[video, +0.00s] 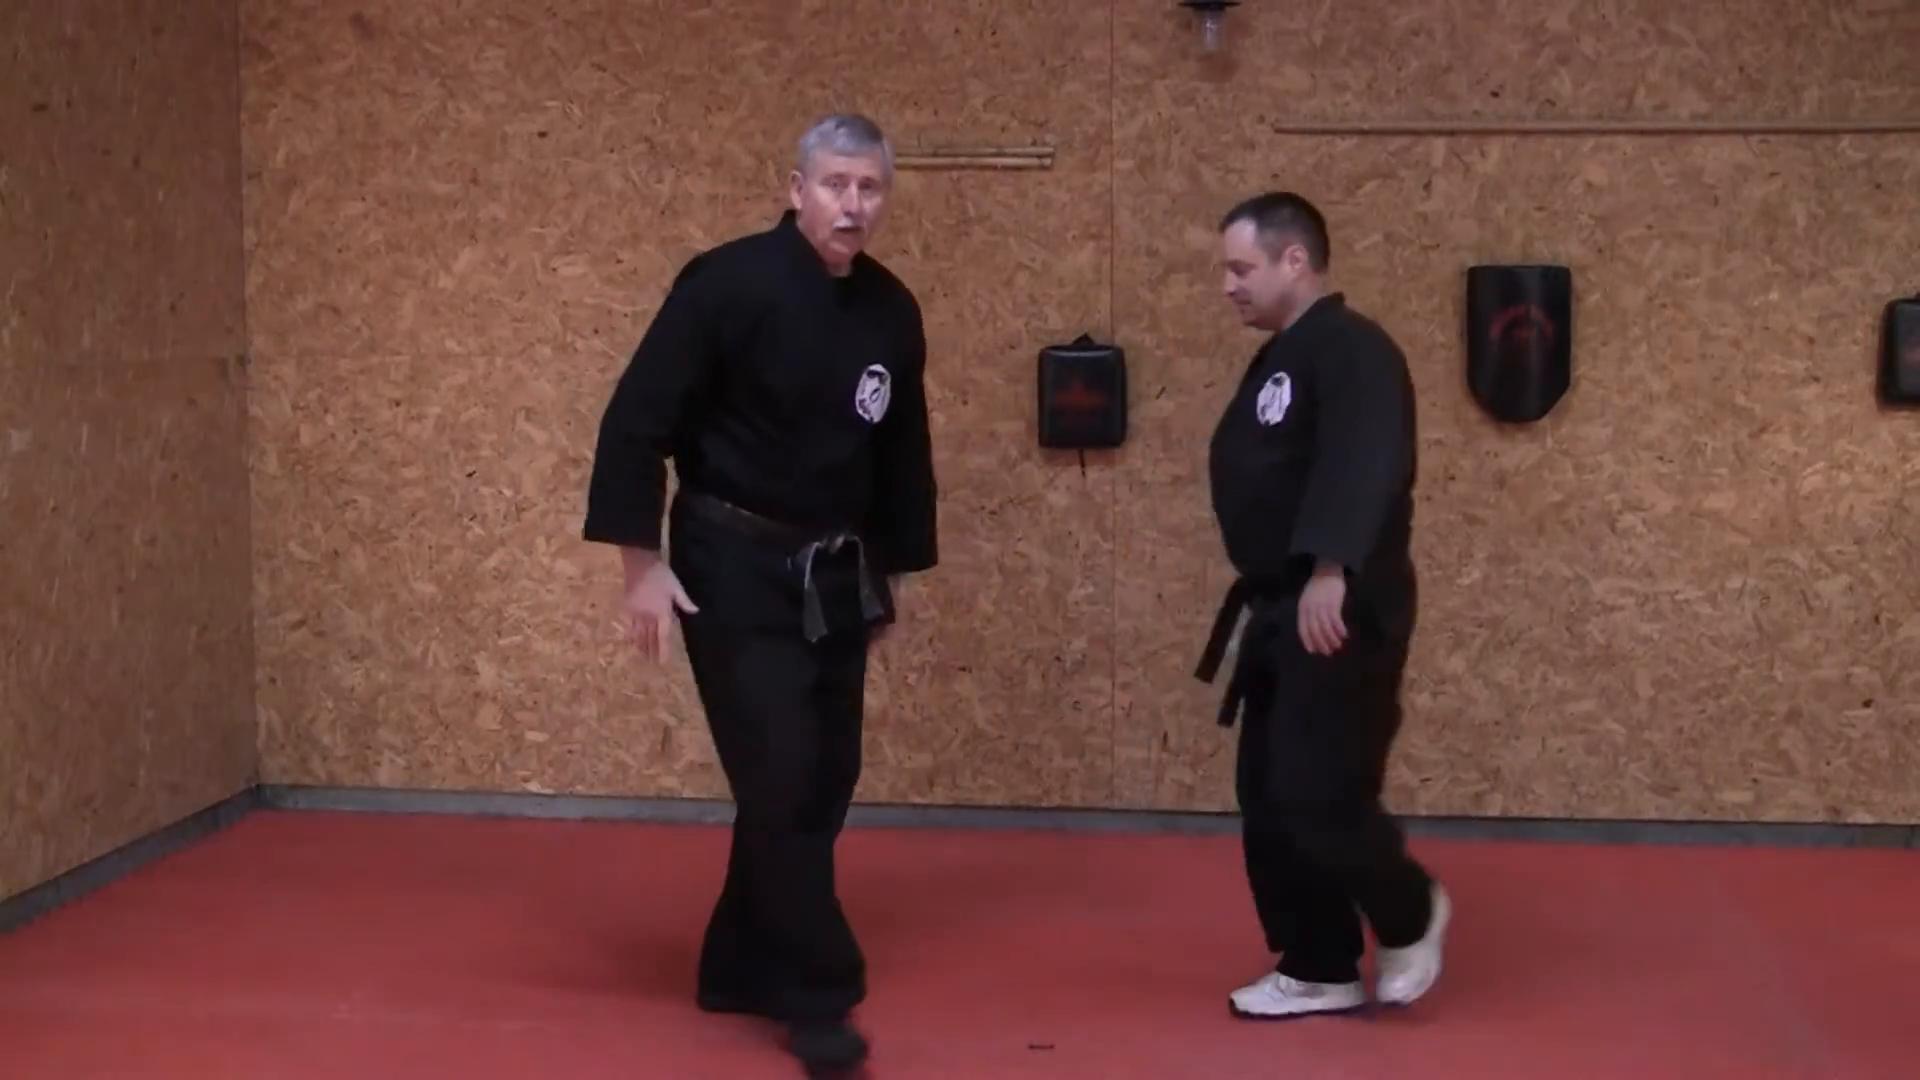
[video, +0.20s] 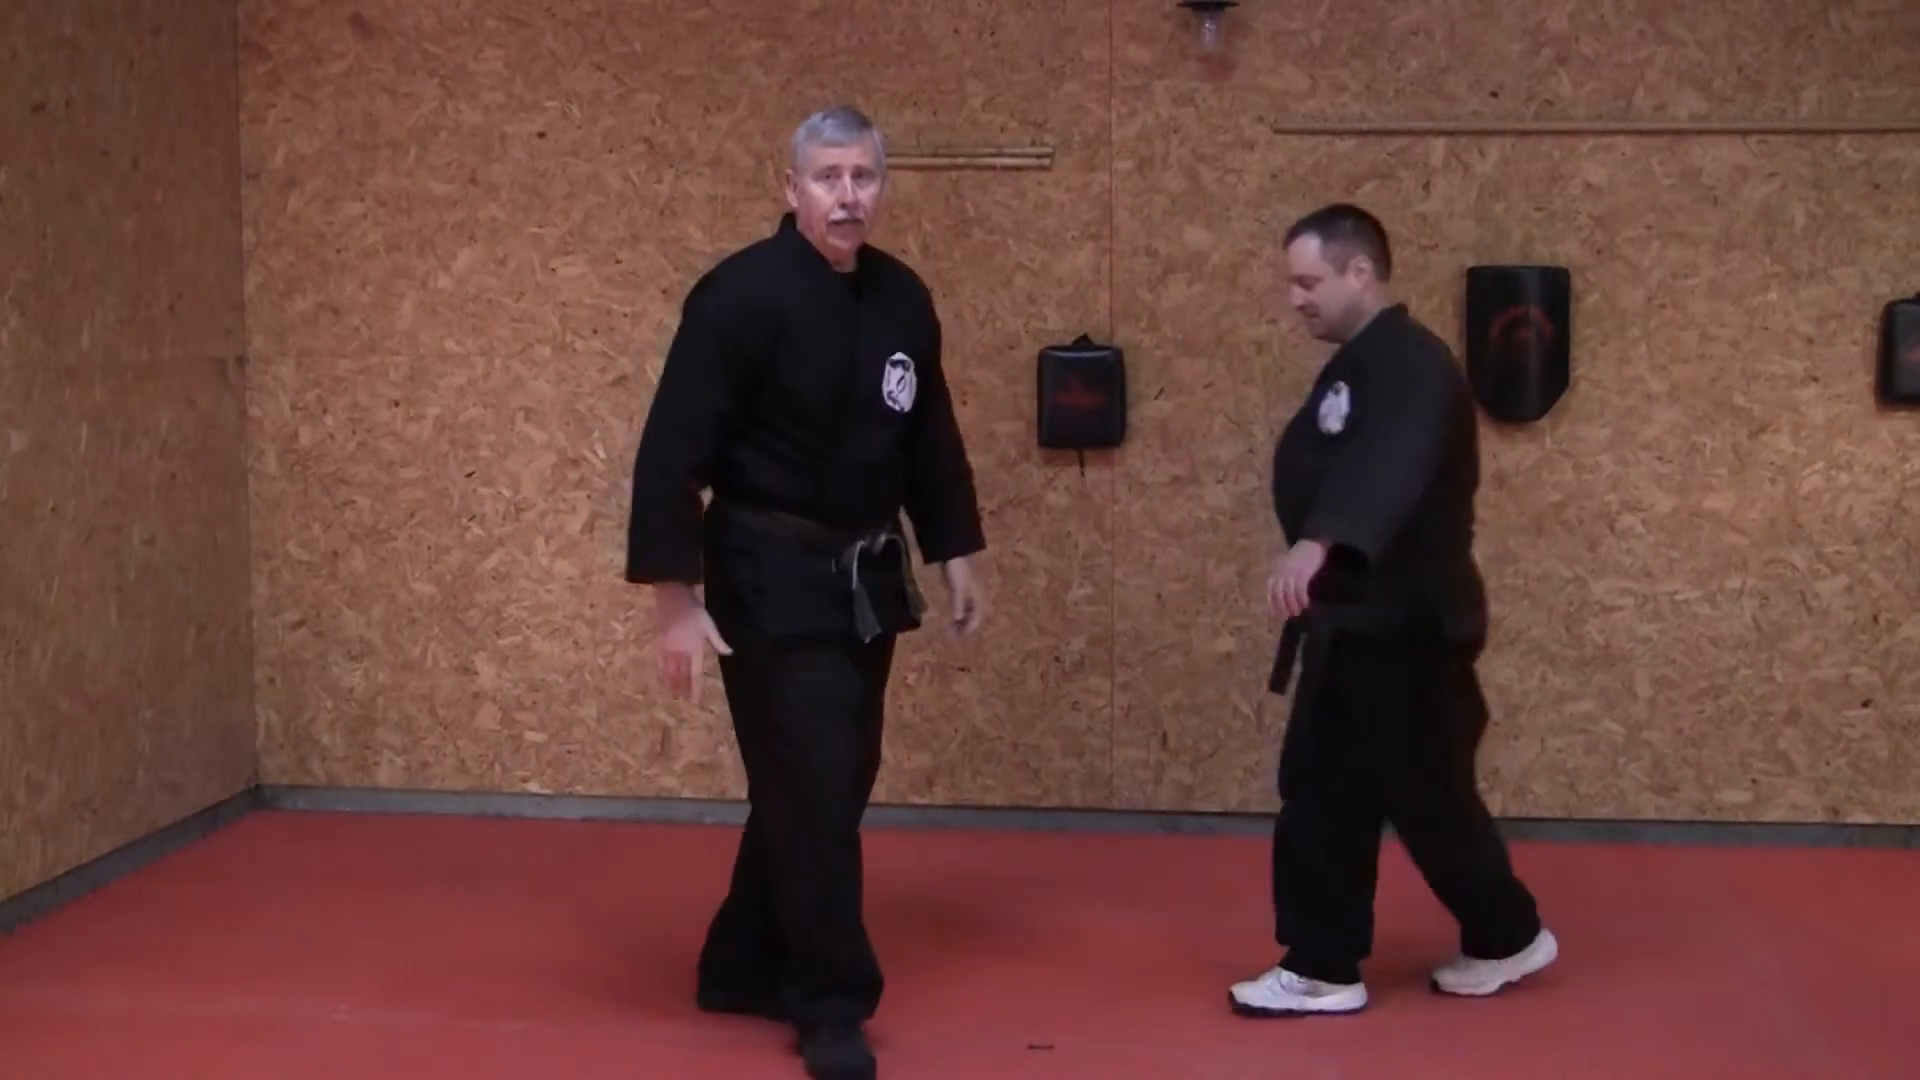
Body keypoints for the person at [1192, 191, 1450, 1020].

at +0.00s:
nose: (1229, 286)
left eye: (1241, 268)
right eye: (1225, 270)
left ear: (1296, 262)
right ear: (1287, 266)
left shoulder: (1354, 349)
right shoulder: (1281, 357)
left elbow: (1366, 460)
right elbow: (1287, 479)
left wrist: (1329, 566)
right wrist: (1264, 592)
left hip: (1352, 598)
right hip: (1288, 598)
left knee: (1320, 787)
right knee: (1269, 789)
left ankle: (1412, 914)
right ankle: (1319, 967)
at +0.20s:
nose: (1295, 300)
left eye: (1307, 282)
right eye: (1290, 285)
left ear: (1360, 273)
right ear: (1347, 280)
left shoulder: (1411, 361)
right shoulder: (1352, 367)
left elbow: (1393, 466)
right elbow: (1341, 481)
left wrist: (1322, 540)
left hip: (1410, 625)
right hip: (1352, 621)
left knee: (1427, 791)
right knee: (1321, 795)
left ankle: (1510, 936)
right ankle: (1323, 965)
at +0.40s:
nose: (1370, 306)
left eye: (1382, 288)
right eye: (1364, 291)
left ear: (1434, 277)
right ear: (1407, 285)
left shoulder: (1487, 367)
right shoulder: (1412, 368)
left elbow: (1465, 492)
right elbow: (1419, 489)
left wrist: (1380, 577)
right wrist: (1394, 572)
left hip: (1492, 620)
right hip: (1423, 616)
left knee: (1495, 788)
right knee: (1380, 784)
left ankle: (1518, 948)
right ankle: (1341, 939)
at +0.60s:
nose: (1437, 288)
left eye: (1450, 272)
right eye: (1432, 273)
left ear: (1503, 266)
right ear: (1444, 273)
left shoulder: (1552, 364)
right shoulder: (1469, 356)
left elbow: (1556, 494)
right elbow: (1474, 489)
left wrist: (1545, 612)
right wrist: (1453, 594)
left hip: (1533, 611)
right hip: (1473, 603)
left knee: (1519, 777)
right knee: (1444, 762)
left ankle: (1524, 951)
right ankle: (1482, 919)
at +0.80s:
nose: (1507, 283)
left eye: (1524, 268)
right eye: (1504, 268)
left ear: (1575, 269)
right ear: (1507, 271)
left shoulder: (1620, 364)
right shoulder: (1526, 360)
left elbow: (1656, 487)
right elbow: (1499, 466)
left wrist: (1660, 603)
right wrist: (1450, 542)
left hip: (1585, 600)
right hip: (1528, 593)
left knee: (1538, 768)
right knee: (1562, 751)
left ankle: (1518, 948)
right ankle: (1660, 876)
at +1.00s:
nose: (1579, 285)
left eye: (1596, 271)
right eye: (1571, 271)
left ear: (1640, 275)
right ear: (1567, 275)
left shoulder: (1684, 363)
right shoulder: (1572, 368)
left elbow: (1707, 485)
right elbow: (1541, 476)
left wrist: (1695, 597)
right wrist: (1489, 568)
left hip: (1651, 598)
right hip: (1594, 594)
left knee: (1605, 760)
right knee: (1645, 754)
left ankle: (1543, 931)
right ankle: (1686, 910)